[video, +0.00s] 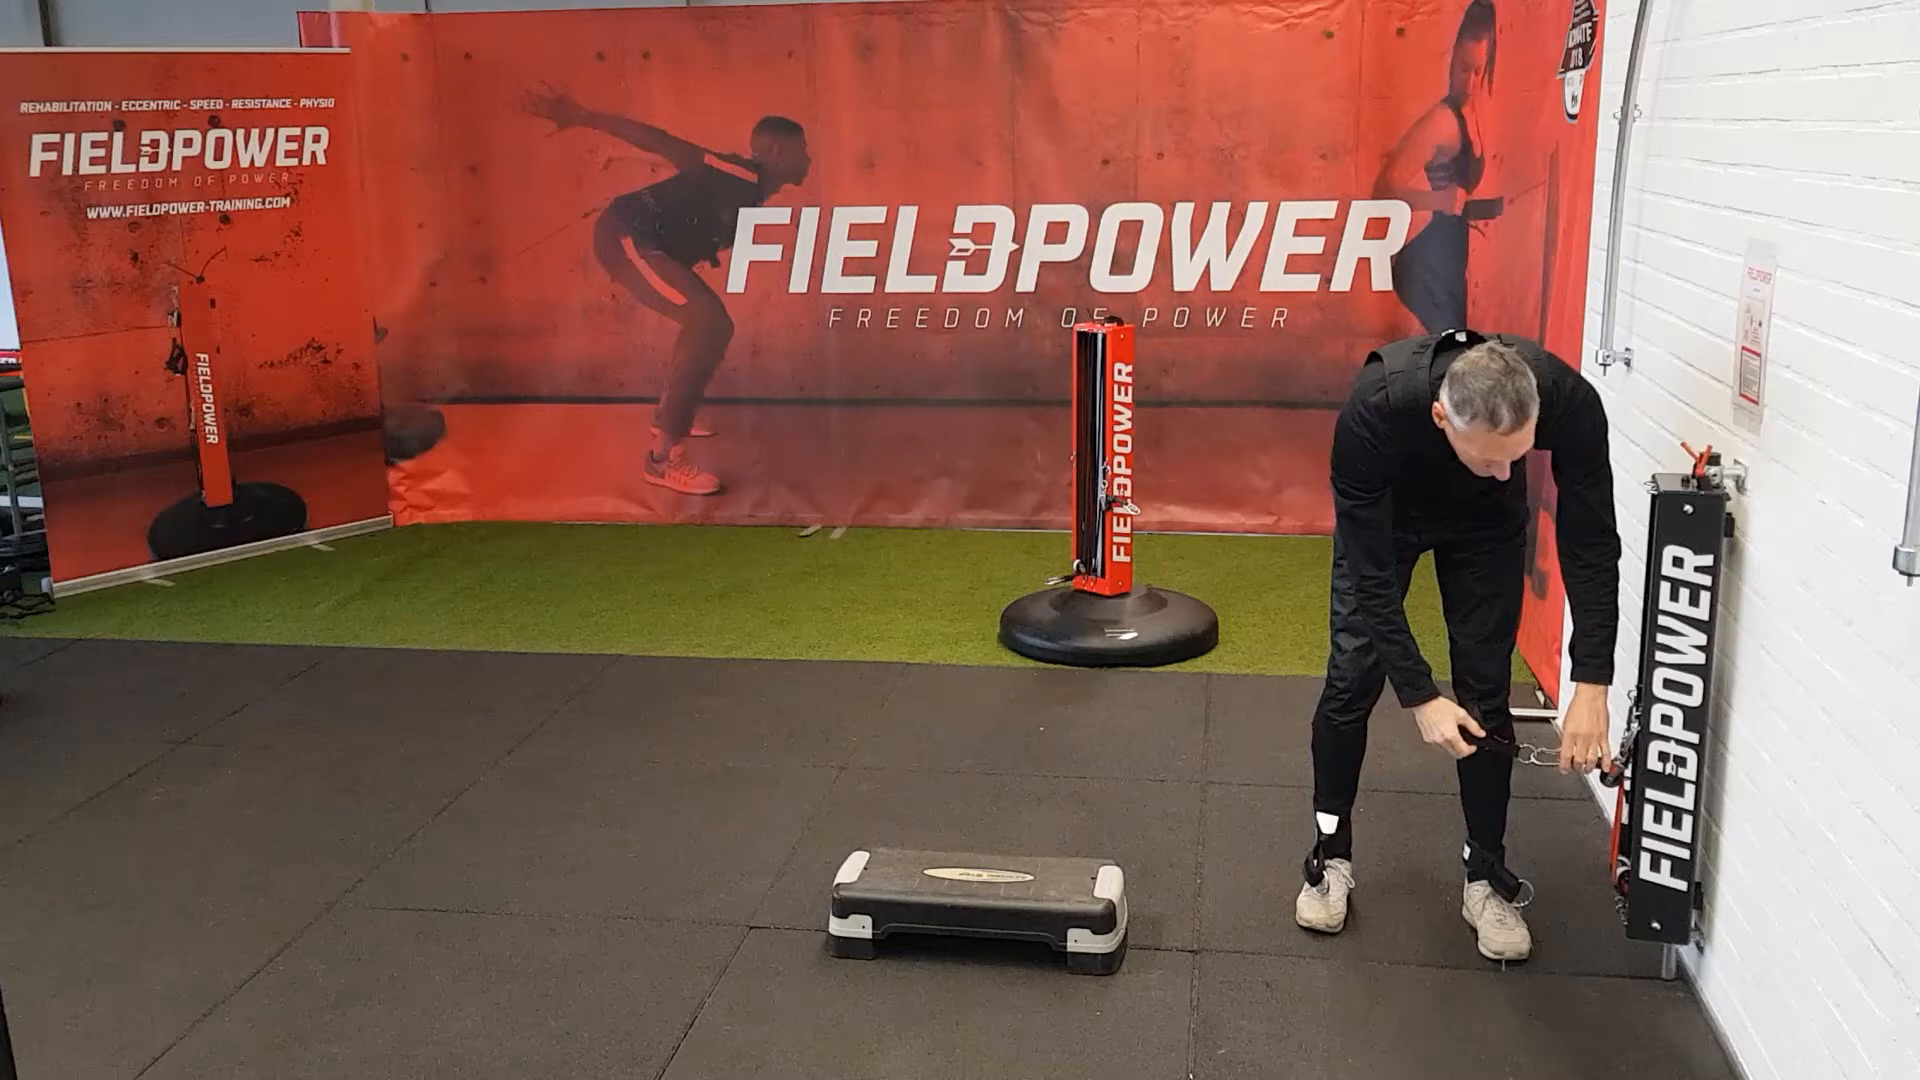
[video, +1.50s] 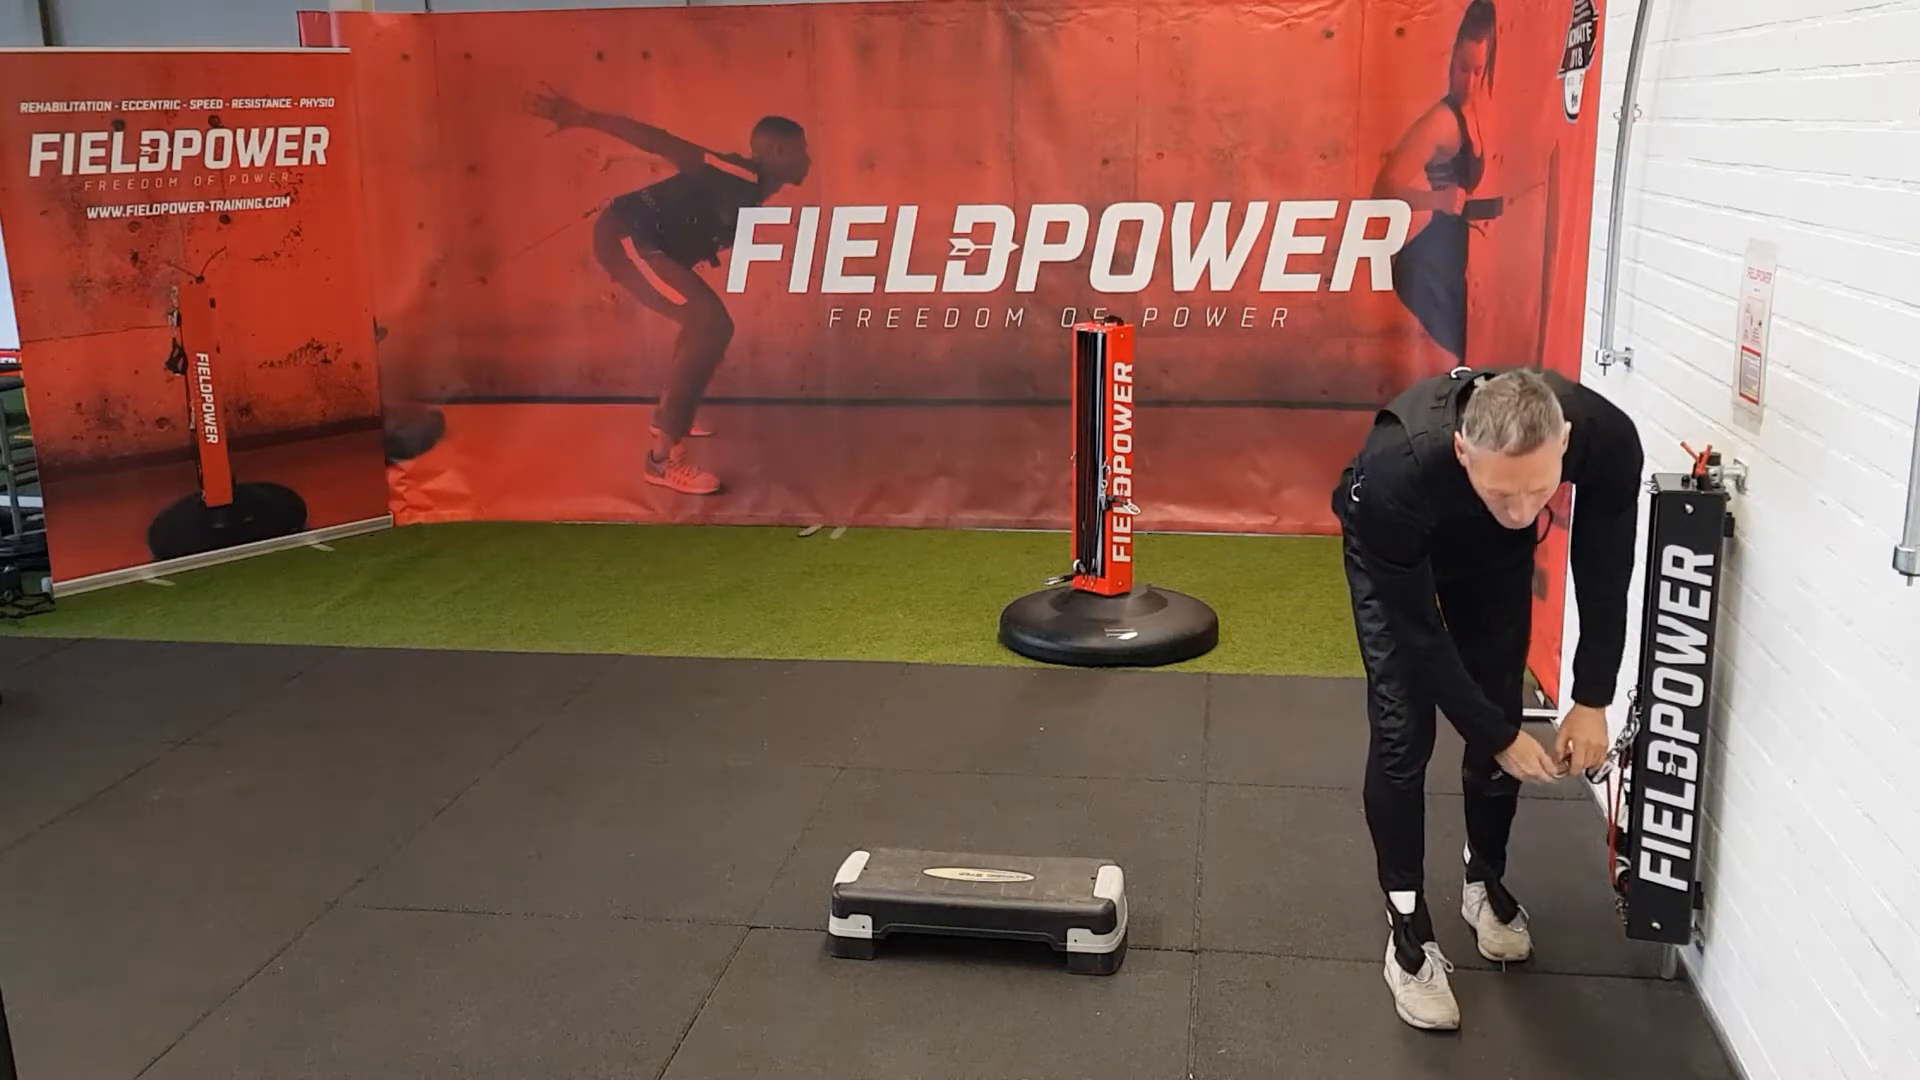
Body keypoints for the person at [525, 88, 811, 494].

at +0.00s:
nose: (808, 159)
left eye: (805, 150)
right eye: (800, 150)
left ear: (774, 151)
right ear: (772, 150)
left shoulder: (748, 191)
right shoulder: (733, 179)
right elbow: (659, 141)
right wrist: (583, 116)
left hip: (645, 237)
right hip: (627, 233)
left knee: (715, 323)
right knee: (709, 323)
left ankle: (671, 414)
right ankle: (664, 457)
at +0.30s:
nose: (808, 158)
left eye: (805, 149)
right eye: (801, 149)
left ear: (775, 152)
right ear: (773, 150)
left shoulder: (749, 197)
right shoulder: (732, 182)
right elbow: (659, 141)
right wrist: (582, 116)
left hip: (645, 238)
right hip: (627, 233)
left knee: (714, 322)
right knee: (710, 324)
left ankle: (671, 414)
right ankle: (664, 457)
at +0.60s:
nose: (807, 158)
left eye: (804, 149)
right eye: (800, 150)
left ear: (774, 151)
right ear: (772, 150)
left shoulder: (748, 191)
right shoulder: (733, 178)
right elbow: (659, 141)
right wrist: (583, 116)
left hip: (646, 238)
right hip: (627, 233)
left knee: (715, 323)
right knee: (709, 323)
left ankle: (671, 414)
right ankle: (664, 457)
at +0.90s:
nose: (808, 158)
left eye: (805, 149)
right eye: (800, 149)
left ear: (775, 151)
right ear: (772, 150)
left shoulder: (749, 197)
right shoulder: (732, 180)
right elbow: (659, 141)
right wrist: (582, 116)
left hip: (646, 237)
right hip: (626, 232)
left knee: (715, 323)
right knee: (708, 323)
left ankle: (671, 414)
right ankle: (664, 457)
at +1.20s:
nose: (808, 158)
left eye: (805, 149)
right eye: (800, 150)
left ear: (774, 151)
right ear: (772, 150)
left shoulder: (748, 191)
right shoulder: (733, 178)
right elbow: (659, 141)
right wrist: (583, 116)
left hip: (645, 237)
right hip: (626, 233)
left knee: (714, 323)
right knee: (709, 324)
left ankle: (671, 414)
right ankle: (664, 457)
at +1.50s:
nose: (808, 158)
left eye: (805, 149)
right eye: (801, 150)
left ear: (773, 151)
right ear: (773, 151)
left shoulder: (746, 186)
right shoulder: (735, 179)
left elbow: (660, 142)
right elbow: (658, 141)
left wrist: (583, 116)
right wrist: (583, 117)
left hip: (641, 235)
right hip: (627, 234)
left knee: (709, 322)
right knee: (713, 326)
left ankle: (670, 413)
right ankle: (663, 457)